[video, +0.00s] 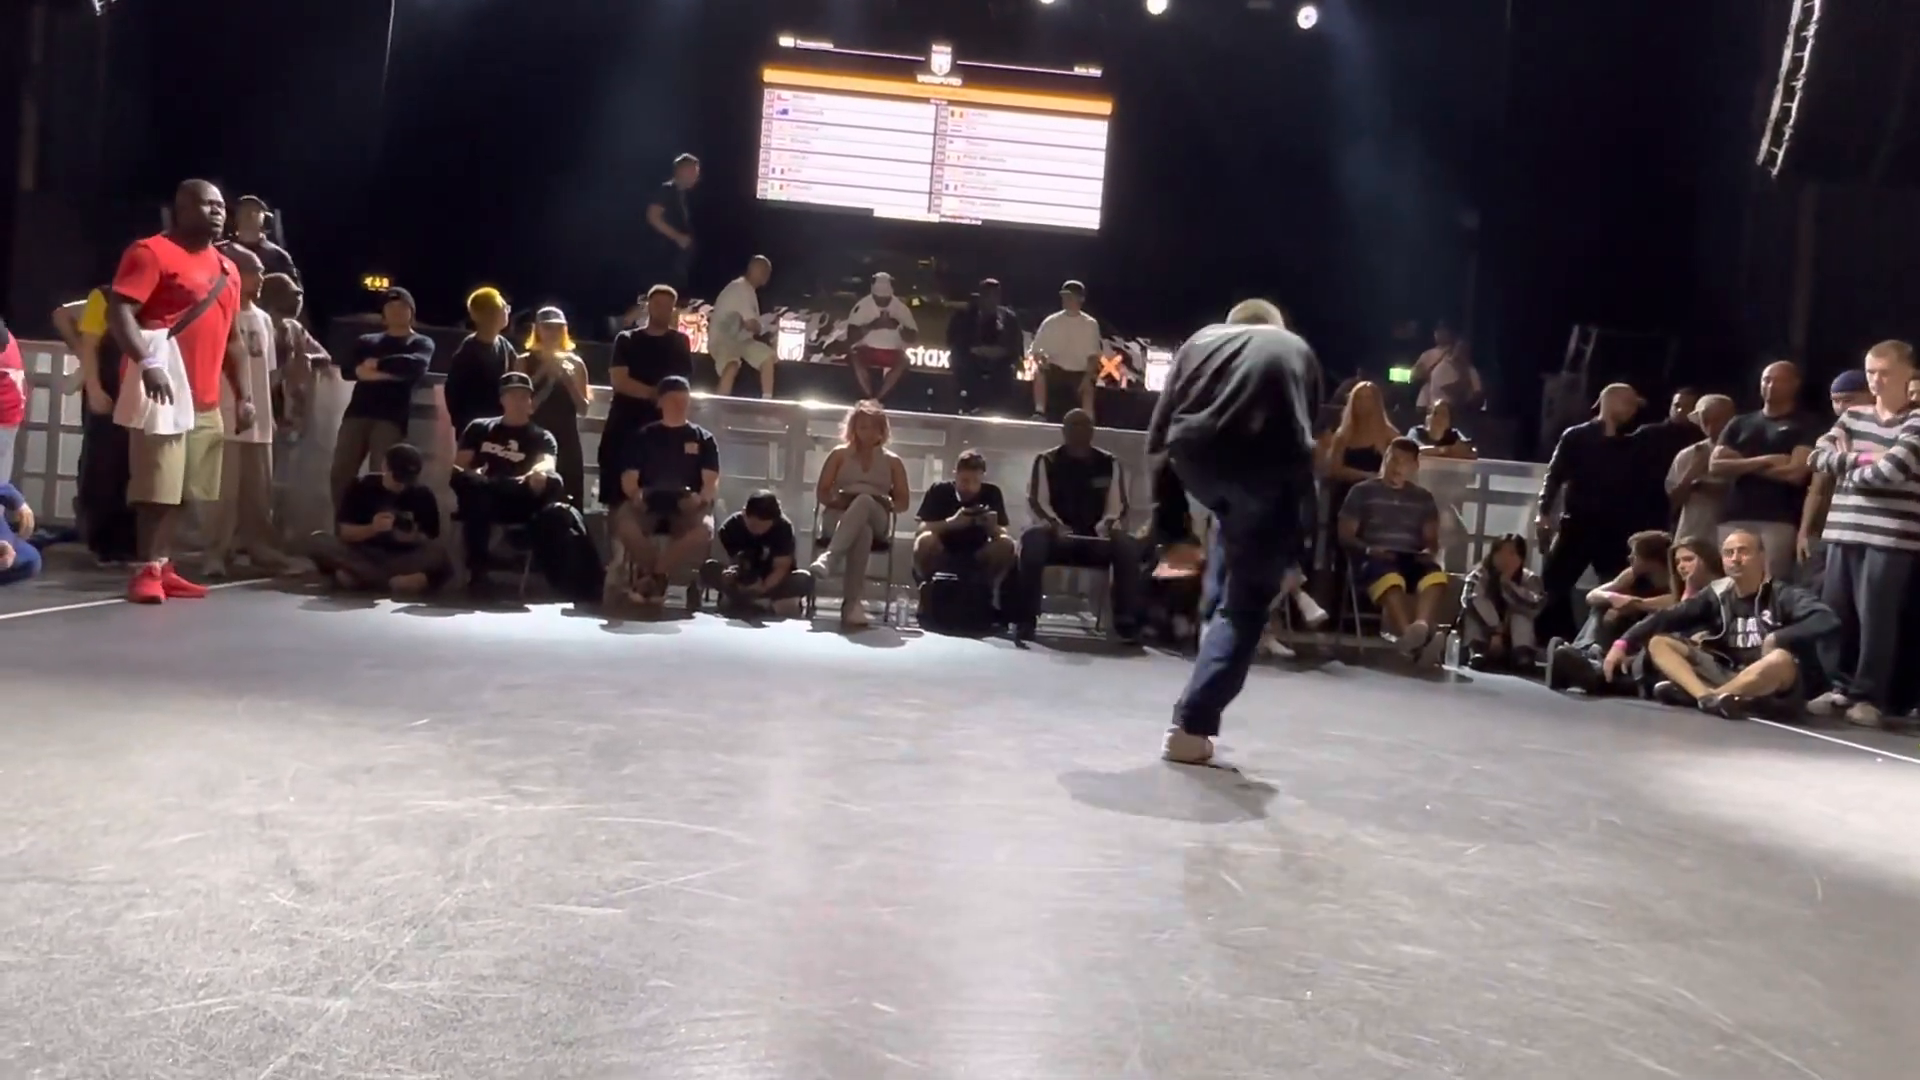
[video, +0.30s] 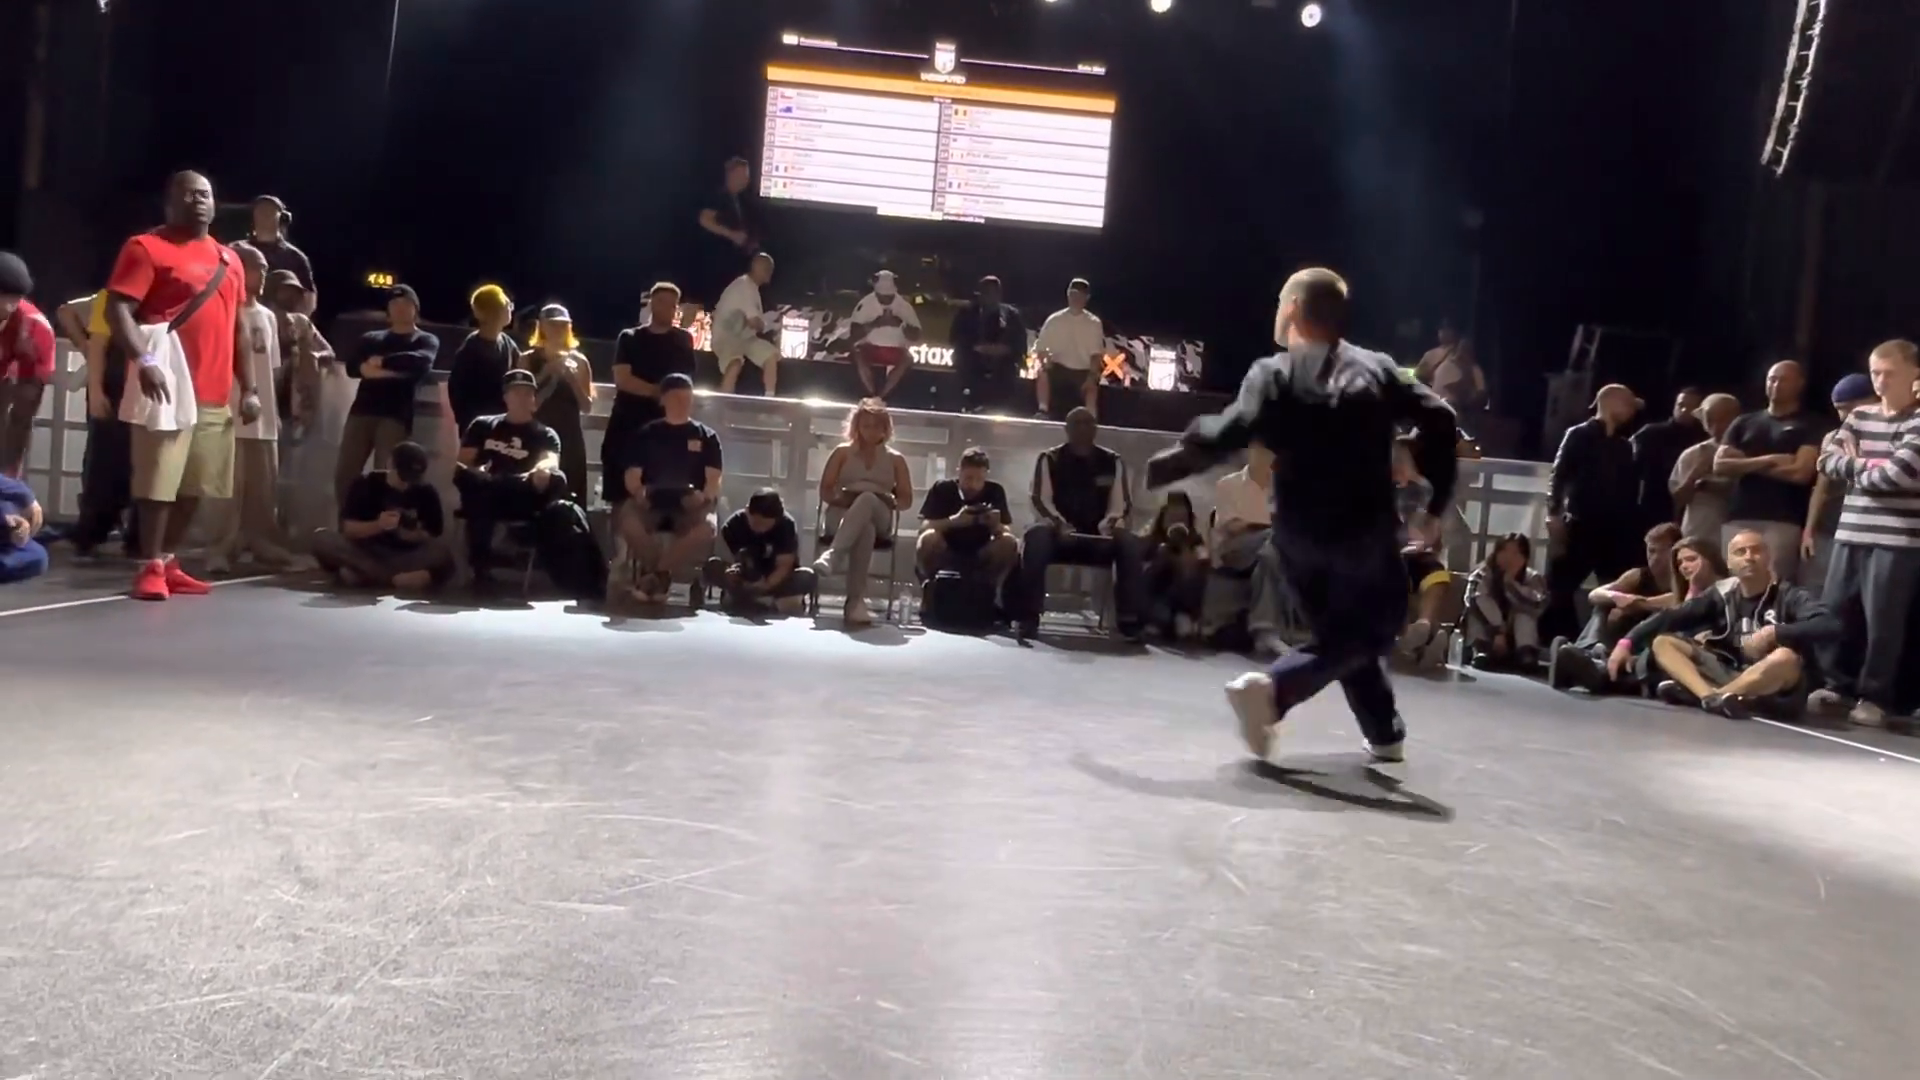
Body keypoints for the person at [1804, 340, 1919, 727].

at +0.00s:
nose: (1873, 380)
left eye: (1883, 373)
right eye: (1870, 373)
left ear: (1910, 378)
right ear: (1867, 376)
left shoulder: (1914, 422)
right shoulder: (1853, 416)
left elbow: (1889, 473)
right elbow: (1817, 457)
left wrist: (1845, 466)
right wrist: (1860, 460)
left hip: (1889, 539)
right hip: (1842, 534)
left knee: (1875, 619)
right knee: (1833, 610)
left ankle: (1870, 698)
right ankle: (1839, 687)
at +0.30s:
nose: (1877, 382)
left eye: (1886, 374)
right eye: (1874, 374)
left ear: (1915, 379)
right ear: (1871, 377)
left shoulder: (1917, 423)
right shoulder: (1860, 415)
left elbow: (1898, 475)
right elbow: (1827, 460)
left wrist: (1850, 467)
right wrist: (1868, 467)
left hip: (1895, 542)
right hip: (1849, 535)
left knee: (1882, 624)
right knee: (1834, 611)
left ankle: (1875, 699)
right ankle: (1836, 686)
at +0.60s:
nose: (1878, 380)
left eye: (1887, 373)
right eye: (1875, 373)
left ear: (1915, 377)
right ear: (1871, 375)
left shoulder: (1918, 425)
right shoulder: (1856, 420)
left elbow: (1895, 480)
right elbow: (1819, 466)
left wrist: (1845, 473)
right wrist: (1862, 470)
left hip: (1892, 540)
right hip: (1845, 537)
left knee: (1879, 621)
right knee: (1834, 613)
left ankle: (1876, 699)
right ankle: (1839, 686)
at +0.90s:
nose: (1877, 378)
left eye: (1887, 370)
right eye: (1874, 370)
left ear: (1912, 374)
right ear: (1869, 373)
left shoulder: (1916, 423)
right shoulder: (1851, 421)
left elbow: (1891, 476)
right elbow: (1815, 466)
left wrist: (1840, 471)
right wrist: (1864, 469)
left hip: (1889, 536)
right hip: (1842, 534)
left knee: (1879, 620)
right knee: (1837, 614)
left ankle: (1877, 697)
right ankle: (1841, 686)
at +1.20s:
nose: (1875, 378)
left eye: (1884, 371)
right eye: (1870, 371)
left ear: (1908, 373)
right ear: (1866, 373)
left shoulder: (1915, 422)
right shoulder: (1847, 422)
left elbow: (1893, 475)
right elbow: (1813, 466)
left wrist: (1840, 474)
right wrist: (1862, 468)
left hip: (1886, 534)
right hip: (1838, 533)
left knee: (1877, 616)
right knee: (1832, 612)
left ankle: (1877, 696)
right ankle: (1840, 685)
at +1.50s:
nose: (1875, 380)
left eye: (1884, 373)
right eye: (1871, 373)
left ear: (1908, 376)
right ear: (1865, 374)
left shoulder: (1913, 424)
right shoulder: (1845, 423)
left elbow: (1895, 476)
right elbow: (1811, 464)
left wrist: (1841, 476)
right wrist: (1858, 469)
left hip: (1883, 535)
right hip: (1835, 533)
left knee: (1876, 619)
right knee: (1830, 614)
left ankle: (1875, 697)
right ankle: (1837, 685)